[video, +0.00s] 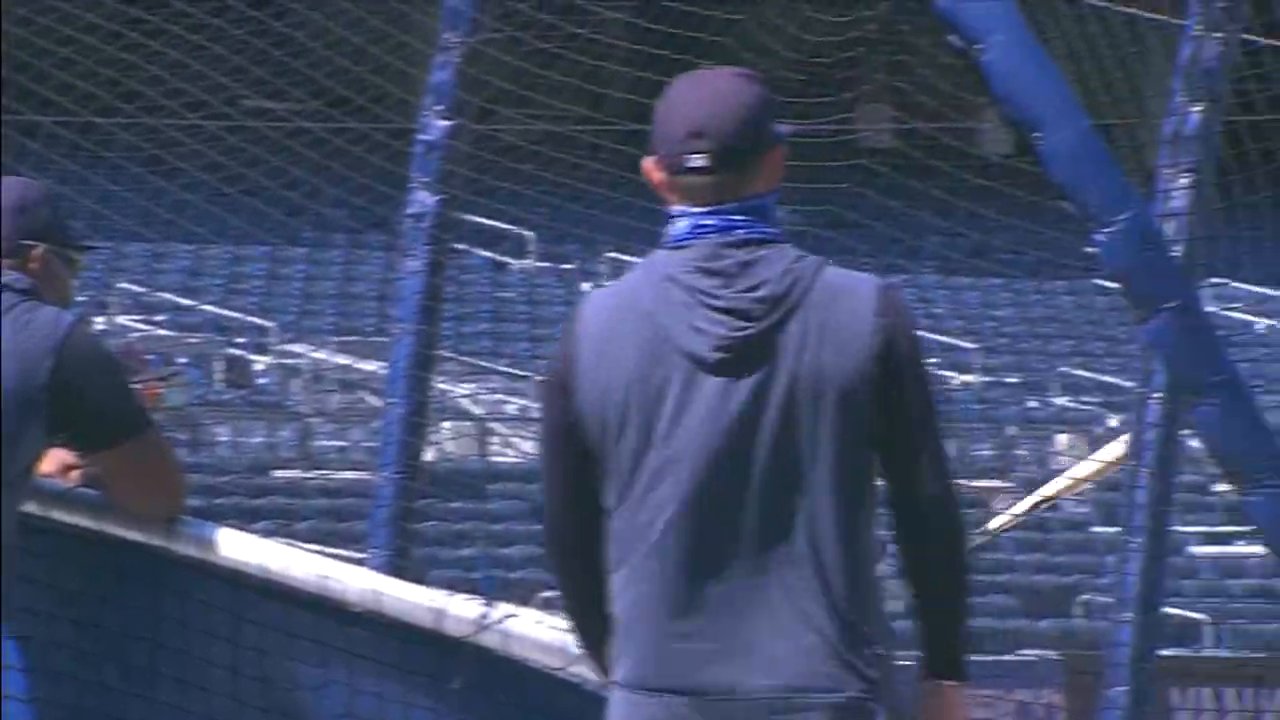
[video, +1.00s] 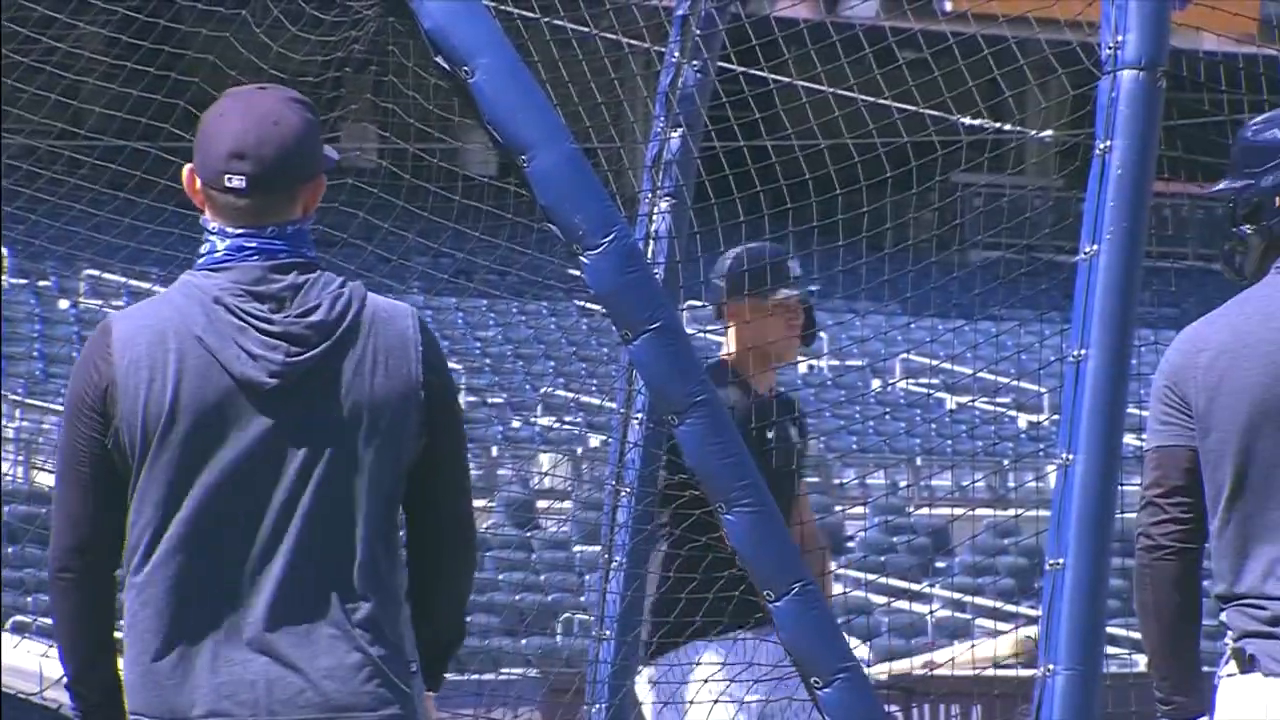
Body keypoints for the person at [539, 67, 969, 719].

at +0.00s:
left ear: (655, 178)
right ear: (777, 166)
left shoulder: (599, 324)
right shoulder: (864, 311)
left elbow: (568, 532)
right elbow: (926, 506)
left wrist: (620, 664)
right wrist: (944, 672)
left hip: (654, 689)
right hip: (824, 685)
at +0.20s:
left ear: (523, 179)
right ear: (646, 170)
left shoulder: (463, 328)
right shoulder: (732, 319)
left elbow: (413, 530)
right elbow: (781, 524)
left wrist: (422, 688)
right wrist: (738, 652)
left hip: (520, 694)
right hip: (694, 692)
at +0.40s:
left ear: (410, 175)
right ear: (534, 183)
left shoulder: (340, 329)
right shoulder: (606, 330)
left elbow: (277, 527)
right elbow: (645, 521)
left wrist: (259, 691)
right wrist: (608, 621)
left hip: (398, 696)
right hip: (571, 696)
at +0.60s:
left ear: (292, 177)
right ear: (417, 190)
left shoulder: (224, 338)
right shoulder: (496, 336)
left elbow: (162, 547)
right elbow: (531, 534)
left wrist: (146, 697)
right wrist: (477, 650)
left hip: (287, 692)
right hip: (458, 693)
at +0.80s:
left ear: (200, 184)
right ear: (324, 193)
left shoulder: (138, 347)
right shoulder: (412, 338)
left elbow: (89, 563)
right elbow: (454, 542)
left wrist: (89, 702)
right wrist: (411, 657)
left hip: (200, 699)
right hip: (379, 695)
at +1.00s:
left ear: (192, 188)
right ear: (315, 194)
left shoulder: (123, 346)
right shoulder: (401, 339)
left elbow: (77, 564)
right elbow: (448, 543)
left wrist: (101, 705)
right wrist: (417, 680)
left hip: (183, 698)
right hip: (362, 696)